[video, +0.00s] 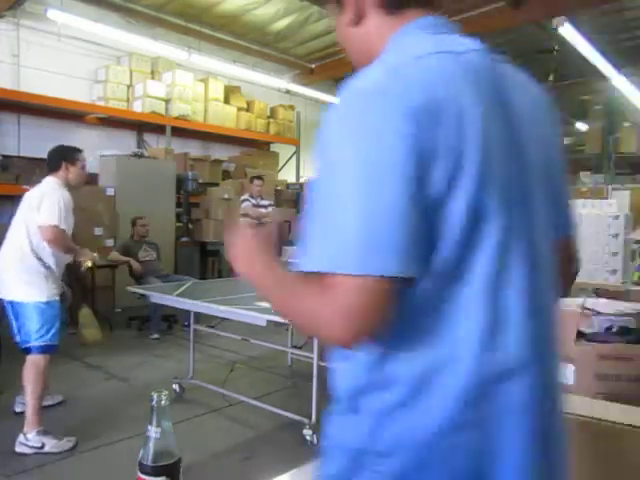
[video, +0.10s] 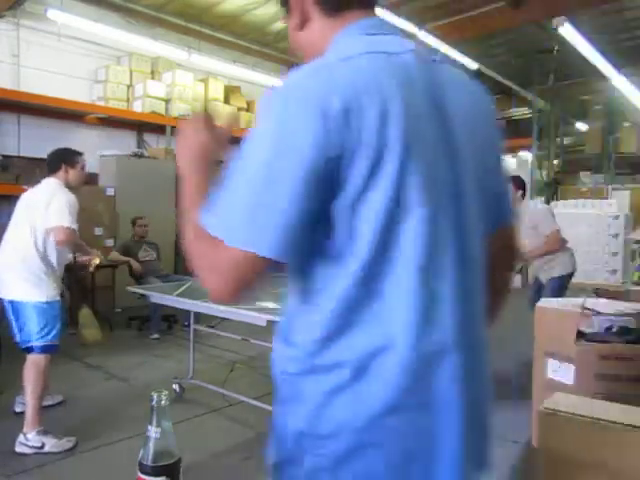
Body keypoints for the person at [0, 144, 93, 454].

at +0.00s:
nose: (85, 172)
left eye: (85, 166)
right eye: (81, 166)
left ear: (61, 167)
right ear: (66, 167)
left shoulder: (40, 190)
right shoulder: (56, 193)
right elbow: (52, 234)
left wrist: (77, 252)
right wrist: (79, 252)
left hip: (17, 282)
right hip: (33, 284)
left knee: (35, 346)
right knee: (40, 351)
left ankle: (30, 395)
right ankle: (31, 432)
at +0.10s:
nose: (85, 174)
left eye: (84, 169)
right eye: (81, 169)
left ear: (58, 169)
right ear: (66, 169)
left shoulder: (33, 193)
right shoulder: (61, 195)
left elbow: (36, 240)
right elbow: (62, 237)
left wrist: (72, 256)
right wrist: (85, 249)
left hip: (13, 283)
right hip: (35, 285)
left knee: (35, 345)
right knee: (41, 351)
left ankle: (29, 395)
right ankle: (31, 431)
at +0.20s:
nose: (84, 179)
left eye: (84, 174)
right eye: (81, 174)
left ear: (56, 174)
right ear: (65, 174)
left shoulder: (29, 197)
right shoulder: (67, 200)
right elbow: (94, 240)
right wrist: (121, 252)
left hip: (7, 282)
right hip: (32, 284)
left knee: (35, 345)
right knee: (42, 350)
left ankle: (30, 396)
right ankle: (32, 431)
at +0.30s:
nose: (87, 178)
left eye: (86, 172)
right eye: (83, 172)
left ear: (54, 176)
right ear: (70, 175)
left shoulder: (27, 200)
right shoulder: (67, 203)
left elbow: (54, 251)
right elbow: (118, 237)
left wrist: (99, 258)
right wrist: (152, 256)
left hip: (6, 284)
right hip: (30, 287)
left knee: (35, 347)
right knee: (42, 352)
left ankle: (30, 396)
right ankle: (32, 432)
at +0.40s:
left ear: (50, 175)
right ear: (74, 177)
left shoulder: (27, 198)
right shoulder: (65, 201)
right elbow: (120, 236)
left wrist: (101, 257)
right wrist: (148, 255)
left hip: (8, 285)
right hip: (34, 289)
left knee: (32, 348)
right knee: (42, 353)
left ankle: (30, 395)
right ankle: (32, 431)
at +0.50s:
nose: (85, 178)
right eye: (83, 173)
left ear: (45, 169)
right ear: (73, 174)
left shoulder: (27, 197)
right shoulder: (66, 201)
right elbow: (108, 238)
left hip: (9, 287)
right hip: (38, 290)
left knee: (32, 347)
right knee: (42, 356)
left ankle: (31, 394)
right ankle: (33, 430)